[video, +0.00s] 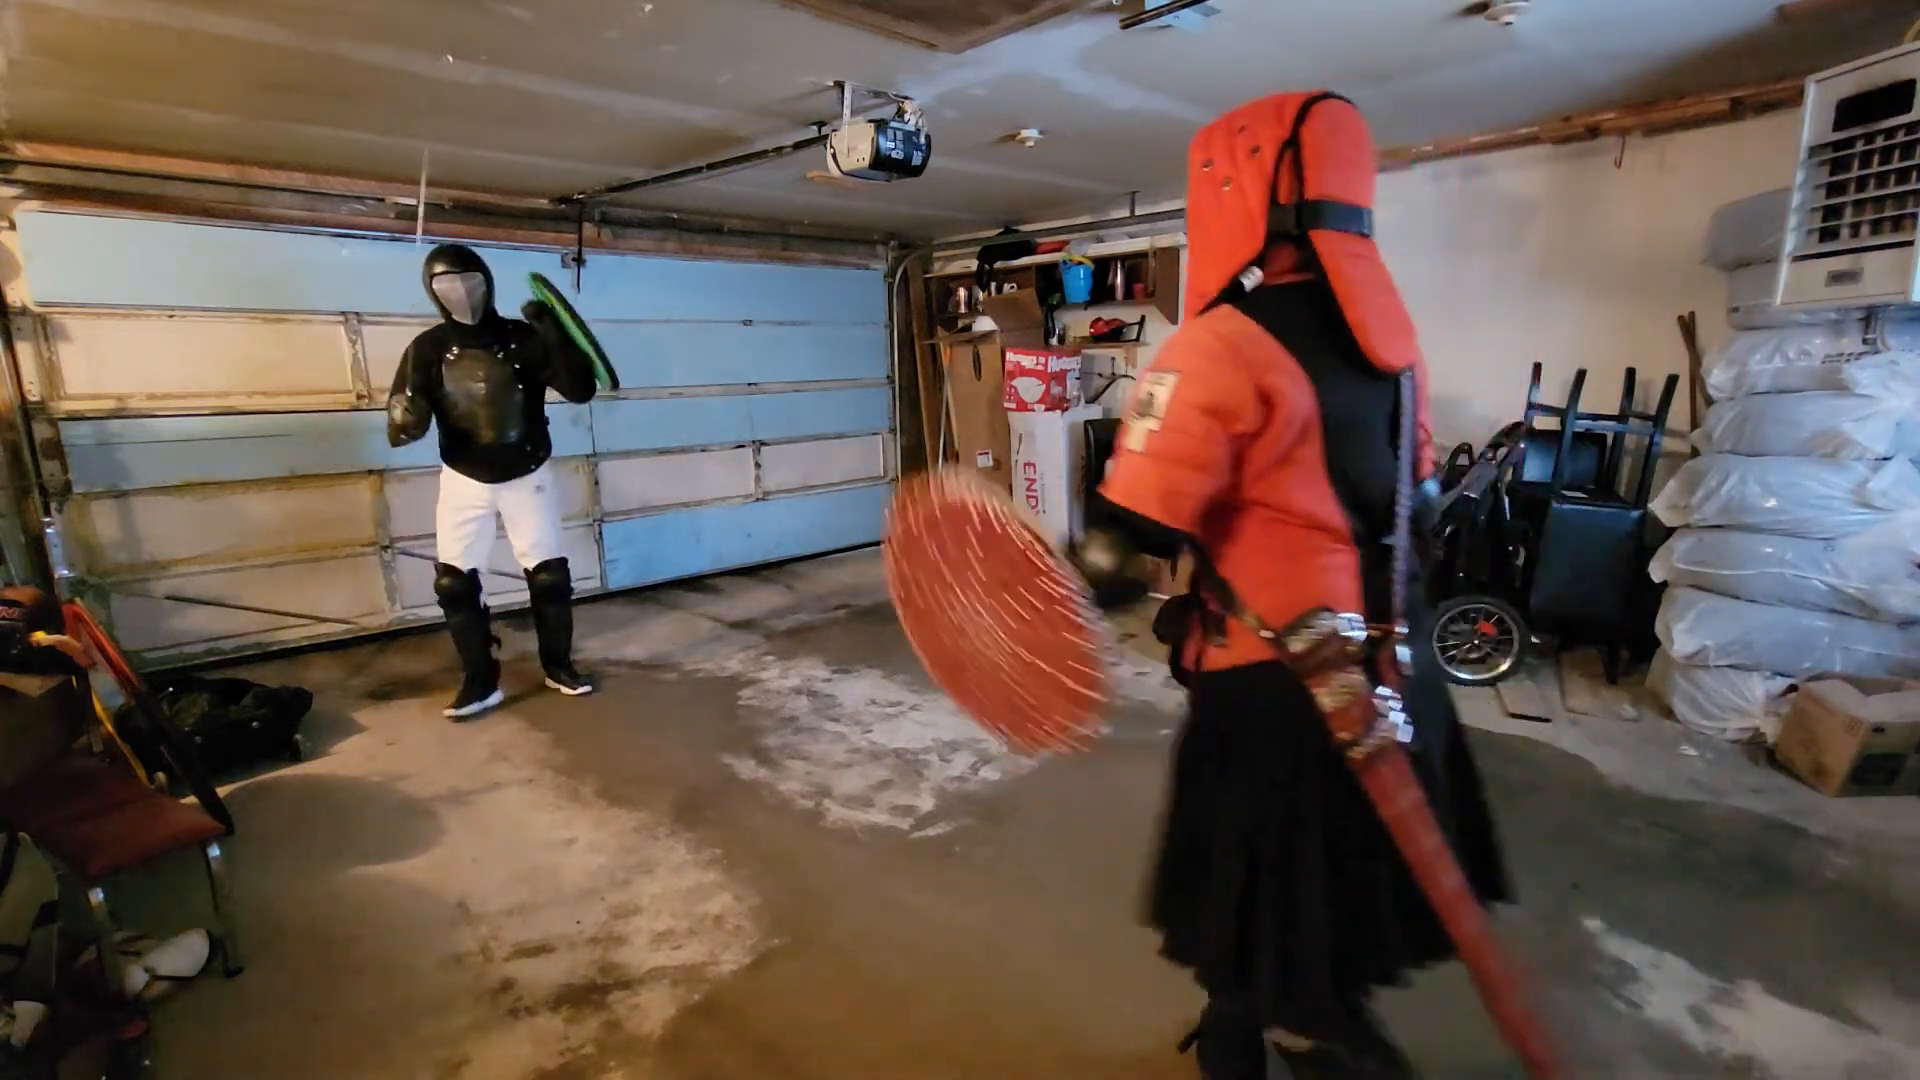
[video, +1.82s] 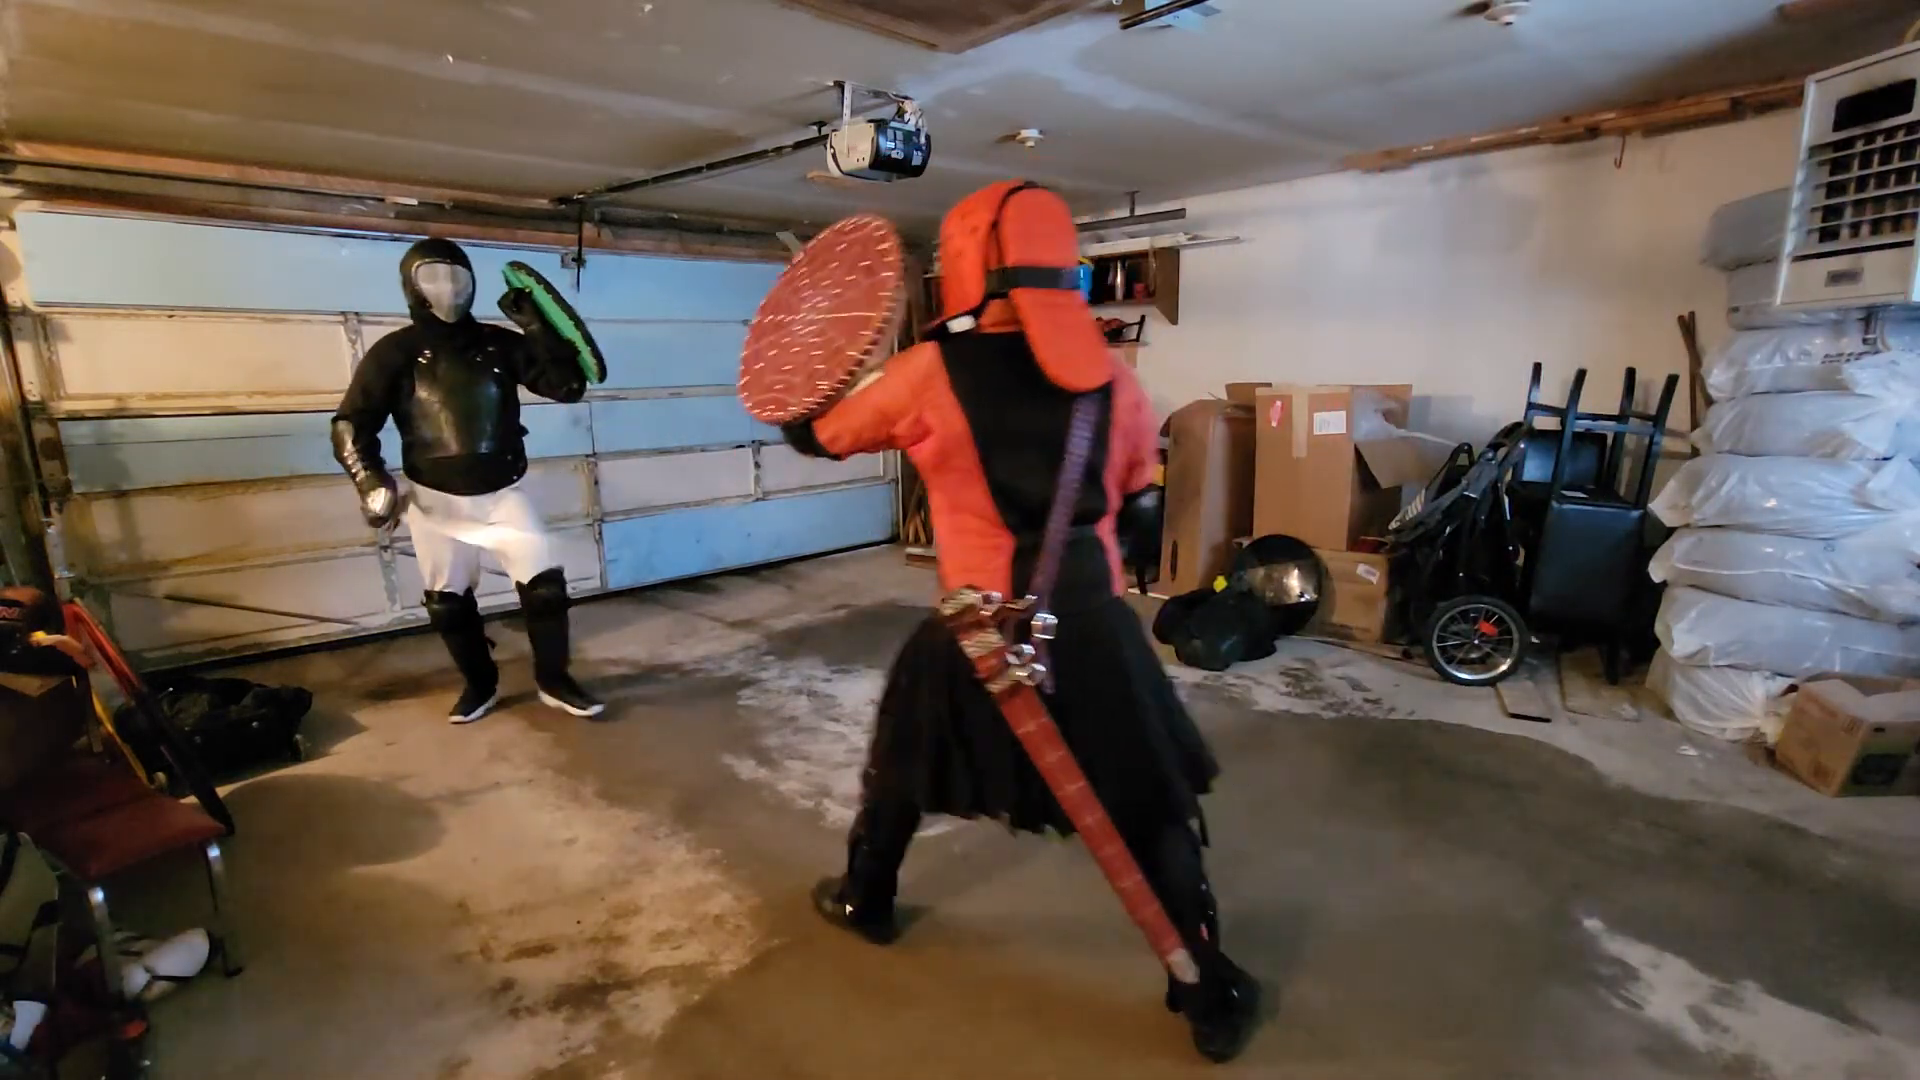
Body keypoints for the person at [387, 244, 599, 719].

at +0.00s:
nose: (457, 292)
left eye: (465, 281)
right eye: (445, 284)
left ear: (483, 282)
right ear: (434, 291)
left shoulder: (525, 337)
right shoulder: (427, 349)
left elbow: (581, 389)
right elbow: (401, 431)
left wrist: (555, 334)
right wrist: (405, 417)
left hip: (527, 476)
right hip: (463, 479)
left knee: (549, 575)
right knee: (453, 583)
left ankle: (558, 666)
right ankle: (480, 681)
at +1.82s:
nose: (449, 288)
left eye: (456, 276)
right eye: (435, 277)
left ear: (470, 281)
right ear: (413, 286)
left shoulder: (503, 344)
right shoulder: (396, 354)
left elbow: (567, 384)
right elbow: (351, 424)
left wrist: (537, 324)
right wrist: (371, 484)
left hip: (504, 498)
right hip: (434, 503)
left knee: (545, 583)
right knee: (447, 603)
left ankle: (554, 678)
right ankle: (480, 681)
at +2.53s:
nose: (499, 290)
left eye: (504, 282)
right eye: (486, 282)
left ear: (511, 289)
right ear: (458, 292)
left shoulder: (531, 349)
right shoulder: (428, 352)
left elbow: (593, 395)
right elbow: (384, 428)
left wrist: (573, 334)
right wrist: (428, 464)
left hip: (528, 498)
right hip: (460, 502)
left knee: (564, 590)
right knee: (459, 606)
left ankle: (572, 700)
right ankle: (480, 685)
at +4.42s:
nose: (563, 302)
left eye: (561, 294)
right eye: (551, 294)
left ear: (558, 302)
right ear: (525, 302)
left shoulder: (580, 358)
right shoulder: (491, 359)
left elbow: (633, 397)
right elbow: (457, 427)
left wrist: (610, 340)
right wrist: (482, 486)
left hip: (572, 493)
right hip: (508, 493)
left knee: (622, 571)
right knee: (480, 589)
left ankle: (642, 662)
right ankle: (471, 674)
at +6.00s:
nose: (601, 306)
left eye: (603, 297)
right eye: (591, 297)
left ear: (604, 301)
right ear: (563, 302)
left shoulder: (622, 362)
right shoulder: (535, 362)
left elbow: (674, 410)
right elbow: (513, 442)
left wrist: (669, 358)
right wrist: (554, 456)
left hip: (619, 494)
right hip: (556, 496)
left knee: (665, 573)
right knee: (539, 592)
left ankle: (685, 675)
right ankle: (534, 666)